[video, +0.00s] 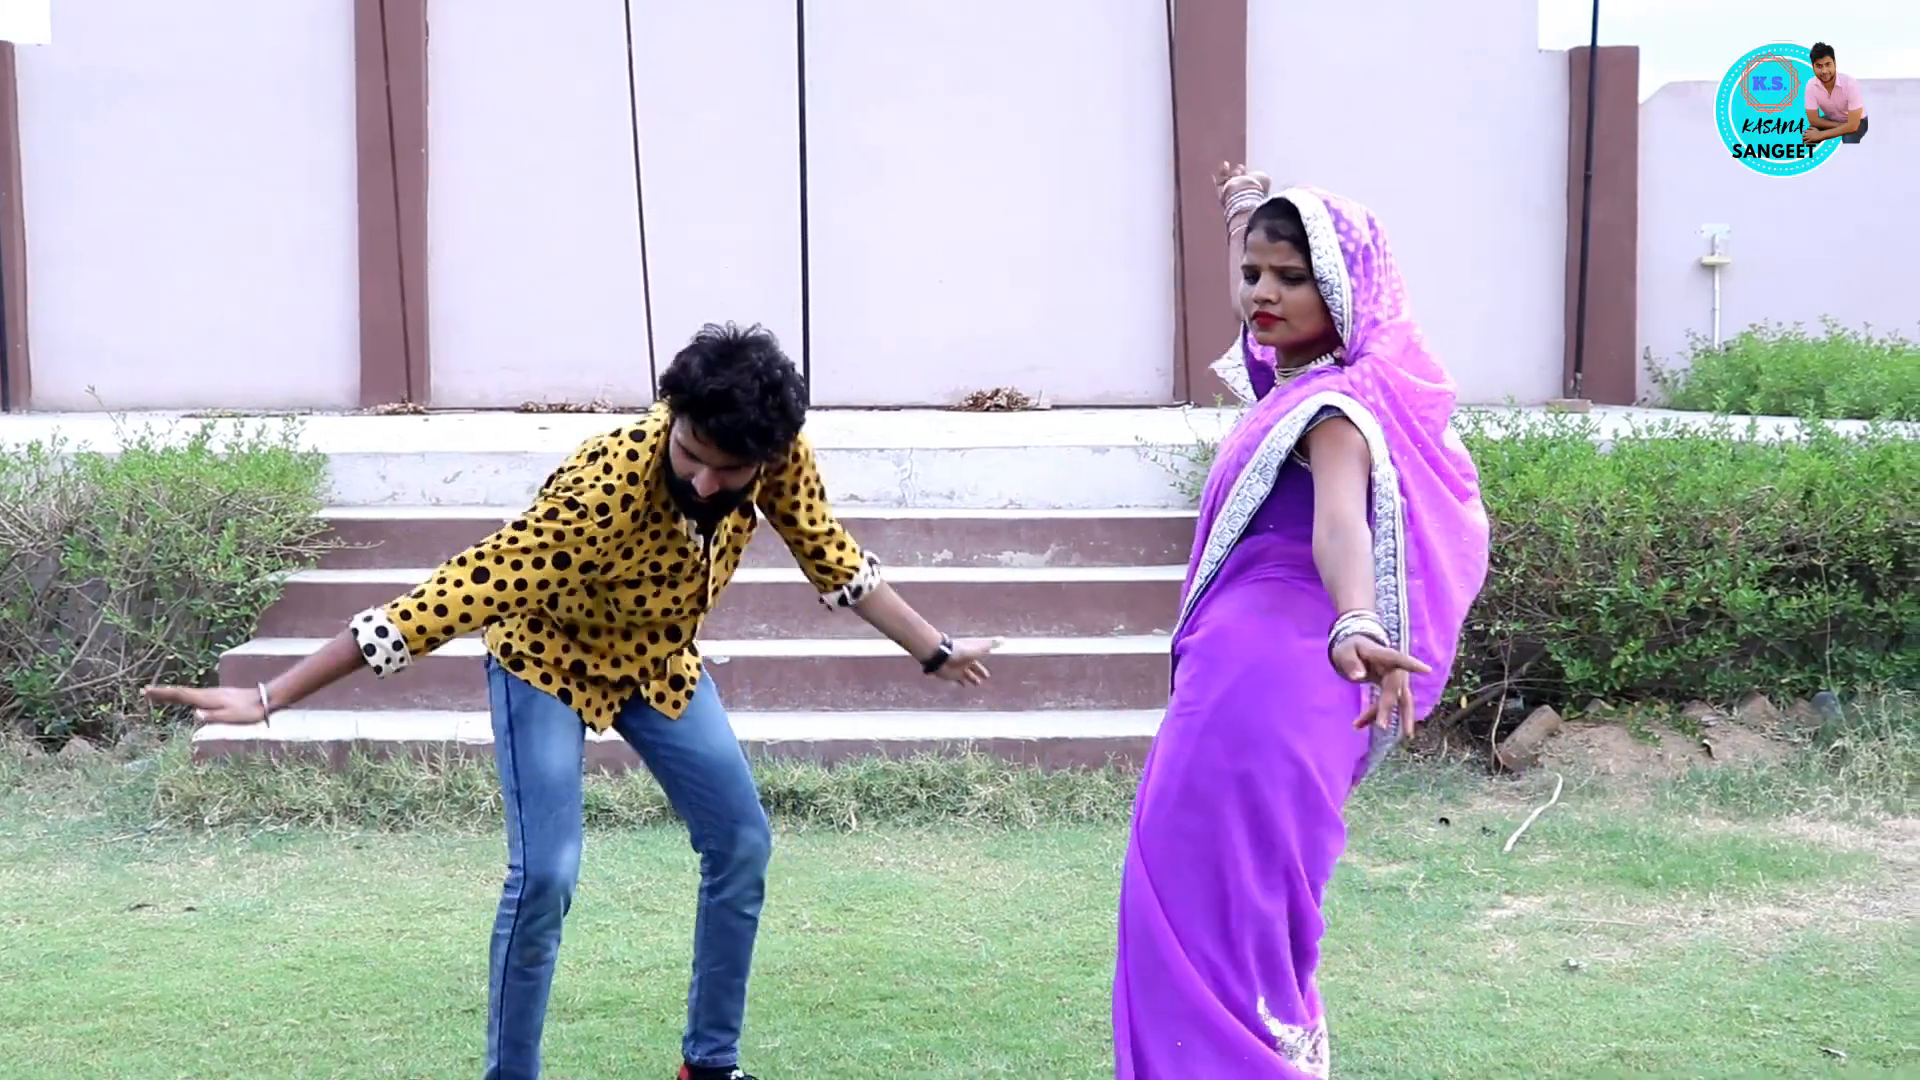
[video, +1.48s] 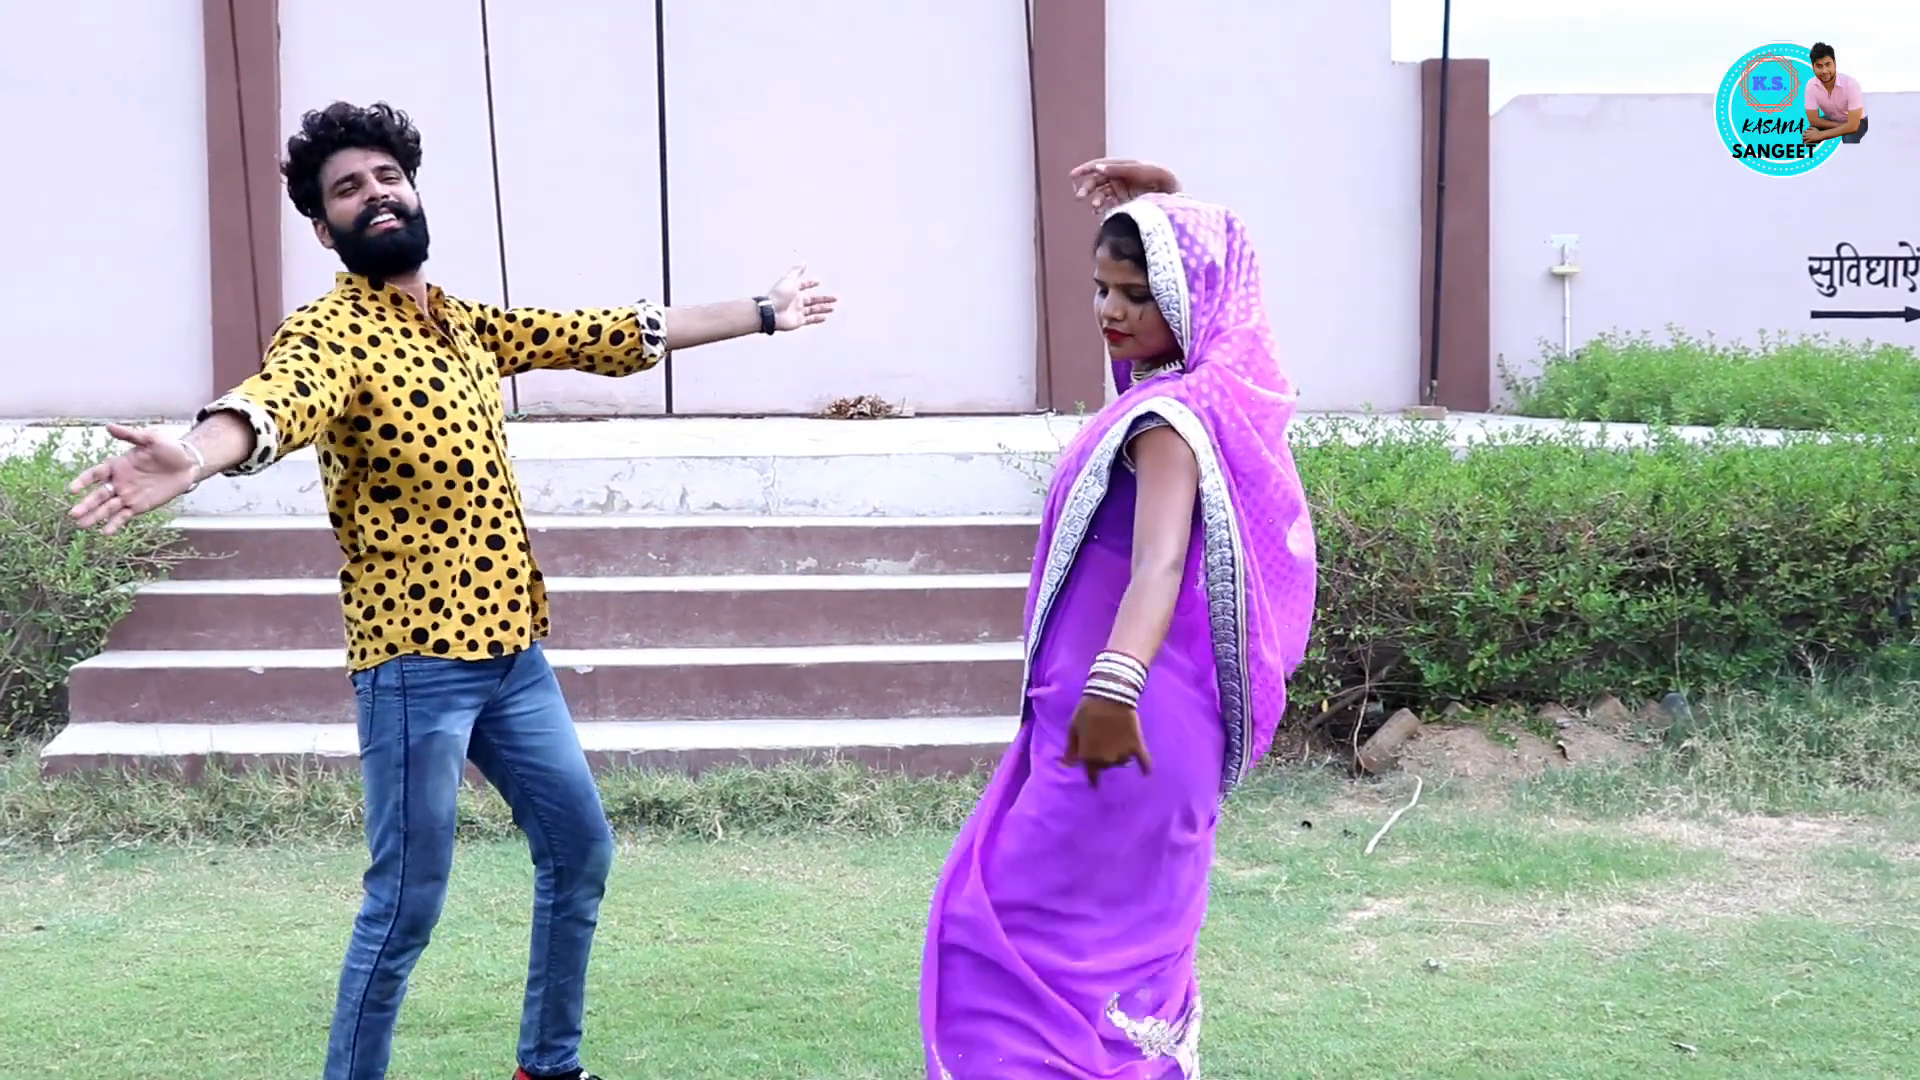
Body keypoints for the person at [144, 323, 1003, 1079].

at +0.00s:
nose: (707, 478)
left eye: (732, 465)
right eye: (693, 455)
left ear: (767, 442)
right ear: (669, 417)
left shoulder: (779, 455)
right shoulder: (607, 479)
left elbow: (837, 565)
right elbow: (454, 596)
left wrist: (935, 651)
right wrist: (268, 697)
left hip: (660, 662)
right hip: (547, 656)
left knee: (743, 845)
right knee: (546, 876)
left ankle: (711, 1062)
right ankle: (509, 1071)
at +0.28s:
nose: (630, 370)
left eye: (655, 353)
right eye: (611, 346)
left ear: (682, 353)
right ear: (579, 333)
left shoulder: (694, 444)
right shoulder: (510, 423)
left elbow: (781, 542)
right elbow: (434, 569)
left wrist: (894, 613)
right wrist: (367, 712)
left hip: (603, 681)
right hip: (497, 678)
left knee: (720, 872)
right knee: (519, 914)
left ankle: (644, 1064)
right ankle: (459, 1073)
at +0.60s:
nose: (486, 223)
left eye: (503, 205)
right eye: (463, 206)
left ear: (527, 218)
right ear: (426, 222)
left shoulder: (538, 343)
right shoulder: (397, 336)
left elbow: (658, 419)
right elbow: (290, 455)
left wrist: (787, 468)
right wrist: (176, 558)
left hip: (540, 661)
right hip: (434, 665)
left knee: (614, 854)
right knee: (428, 907)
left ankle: (552, 1061)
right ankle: (363, 1070)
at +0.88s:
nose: (438, 202)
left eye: (452, 183)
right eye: (411, 189)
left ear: (477, 201)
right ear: (375, 220)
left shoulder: (507, 339)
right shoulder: (364, 337)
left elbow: (648, 396)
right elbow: (270, 422)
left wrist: (794, 406)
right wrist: (180, 486)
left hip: (530, 662)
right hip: (423, 671)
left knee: (604, 856)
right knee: (408, 912)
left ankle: (553, 1062)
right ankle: (355, 1070)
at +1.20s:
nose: (391, 210)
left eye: (404, 194)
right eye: (363, 201)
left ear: (433, 216)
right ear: (333, 240)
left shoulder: (490, 345)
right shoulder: (326, 350)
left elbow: (634, 374)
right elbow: (278, 409)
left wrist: (795, 374)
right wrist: (235, 446)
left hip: (520, 666)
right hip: (408, 674)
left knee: (604, 858)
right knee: (408, 923)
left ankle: (553, 1067)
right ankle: (357, 1074)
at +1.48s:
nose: (379, 195)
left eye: (391, 176)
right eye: (350, 188)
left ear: (419, 193)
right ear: (323, 224)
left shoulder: (465, 322)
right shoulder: (331, 328)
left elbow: (613, 336)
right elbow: (273, 402)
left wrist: (764, 310)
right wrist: (196, 452)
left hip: (510, 652)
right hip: (414, 664)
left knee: (580, 851)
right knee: (403, 907)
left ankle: (550, 1066)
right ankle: (351, 1073)